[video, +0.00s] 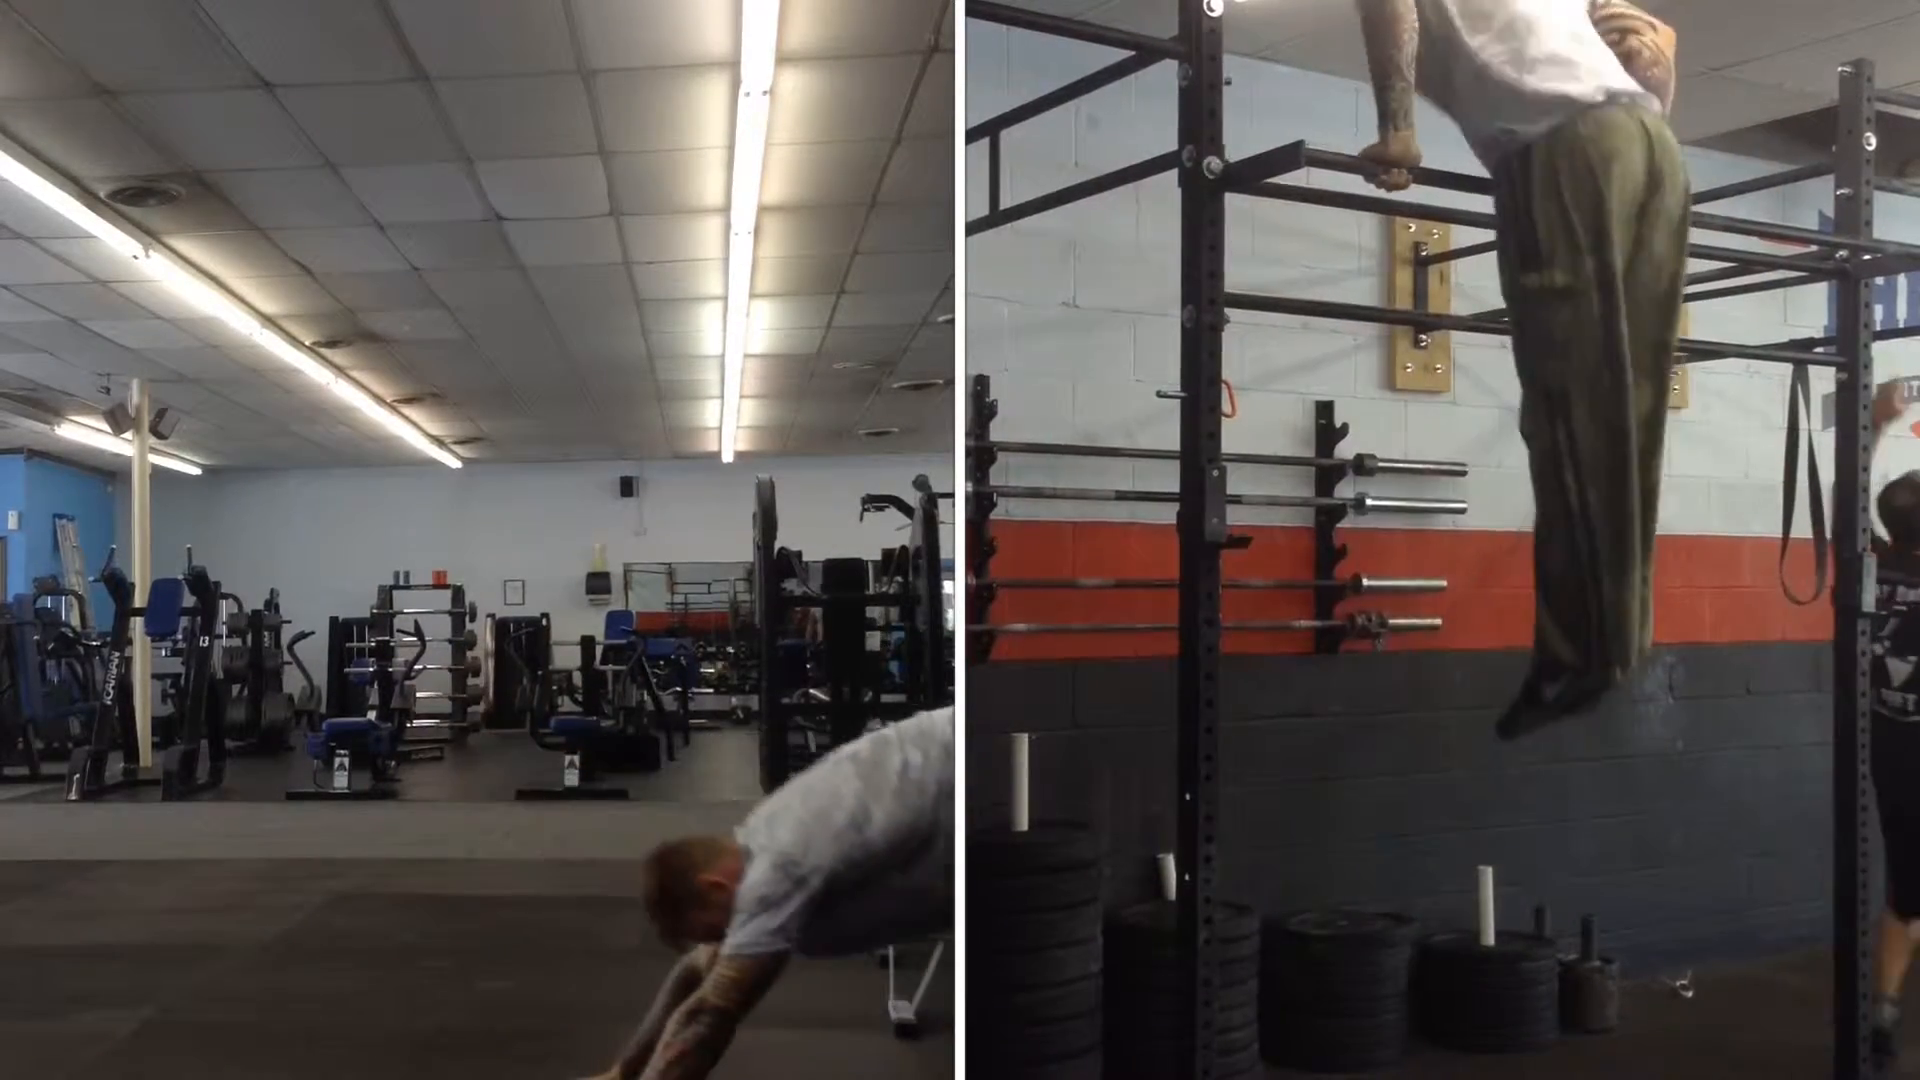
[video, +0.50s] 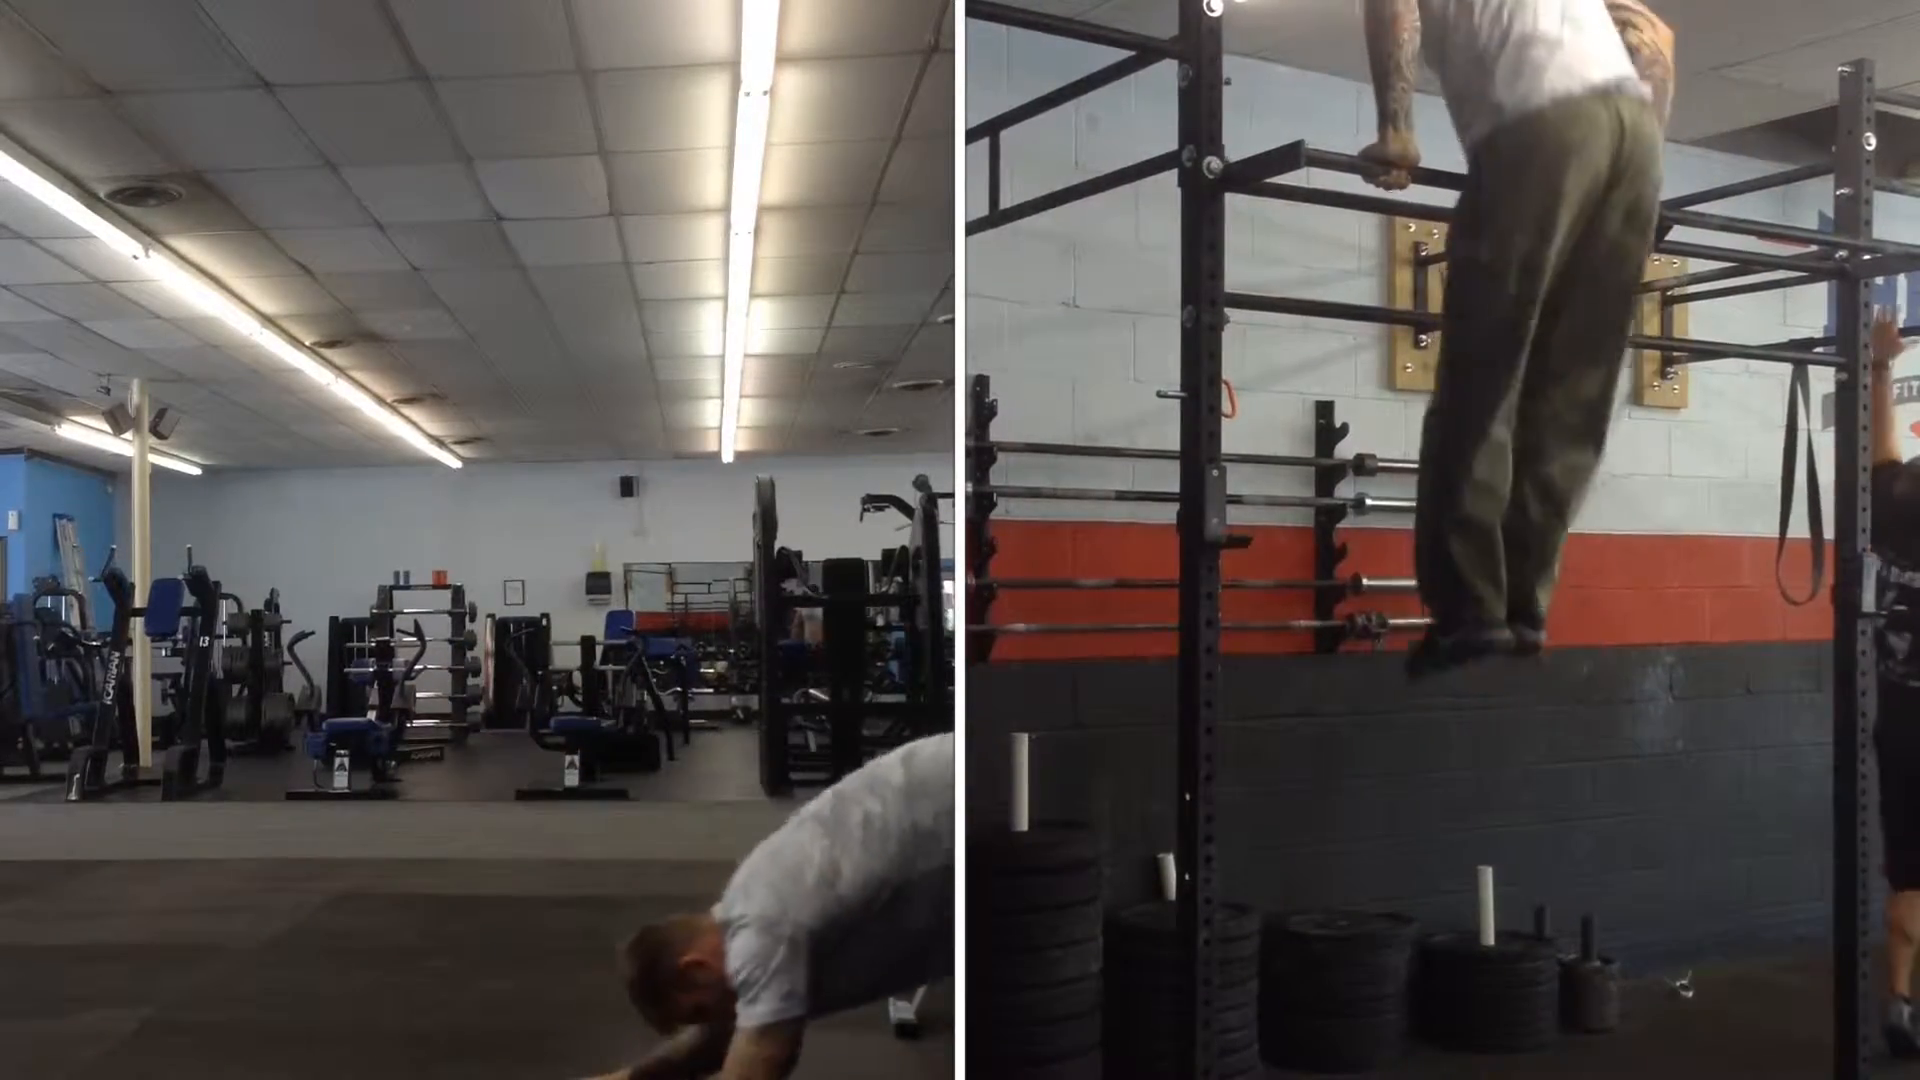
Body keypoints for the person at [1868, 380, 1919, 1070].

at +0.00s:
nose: (1897, 520)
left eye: (1897, 513)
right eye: (1904, 512)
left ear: (1887, 533)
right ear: (1910, 533)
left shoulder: (1884, 577)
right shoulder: (1890, 575)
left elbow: (1850, 502)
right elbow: (1851, 500)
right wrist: (1875, 428)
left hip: (1891, 743)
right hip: (1901, 743)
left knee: (1905, 889)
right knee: (1905, 889)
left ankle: (1883, 1010)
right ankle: (1882, 1010)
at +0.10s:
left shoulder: (1894, 509)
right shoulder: (1899, 507)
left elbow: (1850, 497)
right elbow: (1854, 504)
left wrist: (1860, 410)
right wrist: (1863, 411)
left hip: (1894, 719)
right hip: (1899, 719)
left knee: (1912, 880)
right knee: (1912, 881)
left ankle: (1907, 1010)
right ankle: (1905, 1011)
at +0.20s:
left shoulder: (1895, 514)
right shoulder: (1902, 511)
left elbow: (1861, 498)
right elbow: (1864, 504)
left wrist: (1861, 407)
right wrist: (1865, 409)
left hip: (1898, 723)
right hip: (1901, 722)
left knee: (1913, 878)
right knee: (1914, 878)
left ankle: (1910, 1011)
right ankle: (1908, 1012)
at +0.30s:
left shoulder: (1898, 517)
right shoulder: (1901, 515)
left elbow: (1868, 486)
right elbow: (1871, 489)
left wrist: (1867, 403)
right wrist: (1871, 405)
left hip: (1902, 737)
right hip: (1905, 736)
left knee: (1915, 885)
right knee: (1915, 886)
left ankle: (1911, 1012)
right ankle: (1909, 1013)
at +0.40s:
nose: (1918, 435)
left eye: (1917, 427)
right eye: (1919, 428)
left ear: (1913, 450)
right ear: (1914, 442)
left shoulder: (1897, 507)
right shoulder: (1899, 508)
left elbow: (1871, 480)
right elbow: (1872, 480)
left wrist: (1868, 381)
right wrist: (1872, 383)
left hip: (1901, 715)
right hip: (1904, 715)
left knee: (1913, 878)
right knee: (1914, 879)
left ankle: (1906, 1010)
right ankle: (1904, 1011)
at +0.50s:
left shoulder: (1899, 501)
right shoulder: (1900, 500)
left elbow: (1880, 486)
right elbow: (1882, 490)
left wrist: (1876, 369)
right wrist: (1878, 370)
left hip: (1903, 705)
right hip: (1904, 704)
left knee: (1908, 875)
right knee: (1907, 875)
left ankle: (1901, 1004)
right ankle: (1900, 1006)